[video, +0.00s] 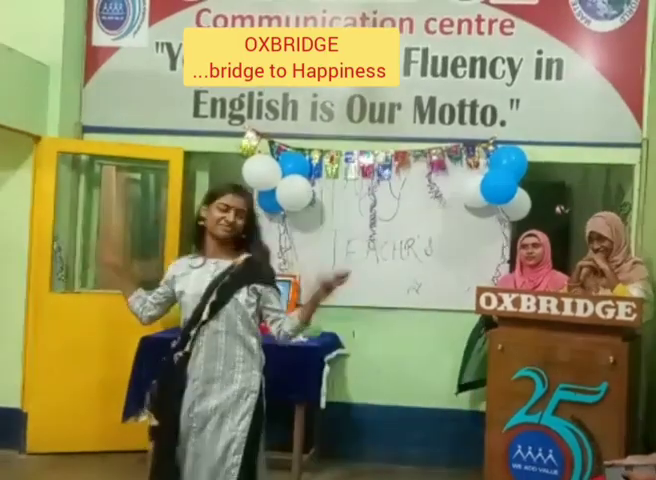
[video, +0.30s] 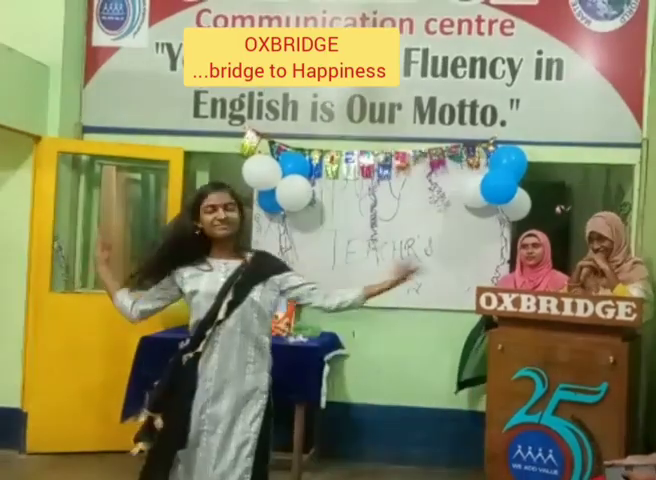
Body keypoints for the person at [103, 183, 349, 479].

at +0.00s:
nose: (230, 218)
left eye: (239, 215)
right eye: (223, 209)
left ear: (245, 225)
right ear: (204, 213)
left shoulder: (255, 270)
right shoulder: (183, 267)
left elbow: (282, 332)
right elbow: (148, 312)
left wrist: (318, 296)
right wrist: (120, 274)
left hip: (239, 387)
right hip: (193, 386)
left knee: (229, 469)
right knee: (188, 467)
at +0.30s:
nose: (221, 215)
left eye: (228, 207)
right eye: (210, 210)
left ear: (241, 215)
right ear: (198, 221)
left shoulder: (266, 268)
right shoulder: (188, 272)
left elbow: (326, 299)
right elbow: (134, 309)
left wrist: (385, 285)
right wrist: (103, 269)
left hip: (247, 393)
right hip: (198, 391)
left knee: (236, 471)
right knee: (188, 469)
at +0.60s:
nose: (234, 218)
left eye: (243, 211)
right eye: (230, 212)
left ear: (267, 217)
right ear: (228, 219)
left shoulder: (295, 270)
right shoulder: (224, 266)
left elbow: (354, 299)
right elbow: (170, 296)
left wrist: (422, 301)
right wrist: (119, 264)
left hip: (270, 383)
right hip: (224, 379)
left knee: (260, 464)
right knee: (221, 462)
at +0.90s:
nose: (240, 234)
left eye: (251, 227)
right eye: (236, 225)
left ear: (277, 229)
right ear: (231, 226)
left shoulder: (292, 281)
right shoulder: (226, 273)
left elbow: (274, 312)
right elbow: (169, 302)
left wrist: (275, 266)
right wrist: (145, 261)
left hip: (265, 390)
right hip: (220, 385)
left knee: (259, 469)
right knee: (209, 465)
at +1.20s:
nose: (208, 218)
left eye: (221, 218)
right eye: (210, 210)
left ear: (237, 231)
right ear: (206, 209)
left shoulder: (217, 264)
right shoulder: (203, 262)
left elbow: (143, 269)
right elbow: (145, 288)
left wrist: (102, 248)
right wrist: (102, 260)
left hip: (208, 369)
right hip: (183, 365)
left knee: (213, 458)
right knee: (174, 455)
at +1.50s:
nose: (170, 215)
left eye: (182, 211)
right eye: (168, 207)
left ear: (203, 224)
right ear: (165, 207)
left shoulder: (196, 254)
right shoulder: (178, 260)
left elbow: (134, 263)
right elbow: (136, 309)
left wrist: (89, 262)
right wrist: (100, 274)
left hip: (203, 372)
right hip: (180, 372)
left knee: (203, 462)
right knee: (175, 461)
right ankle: (106, 468)